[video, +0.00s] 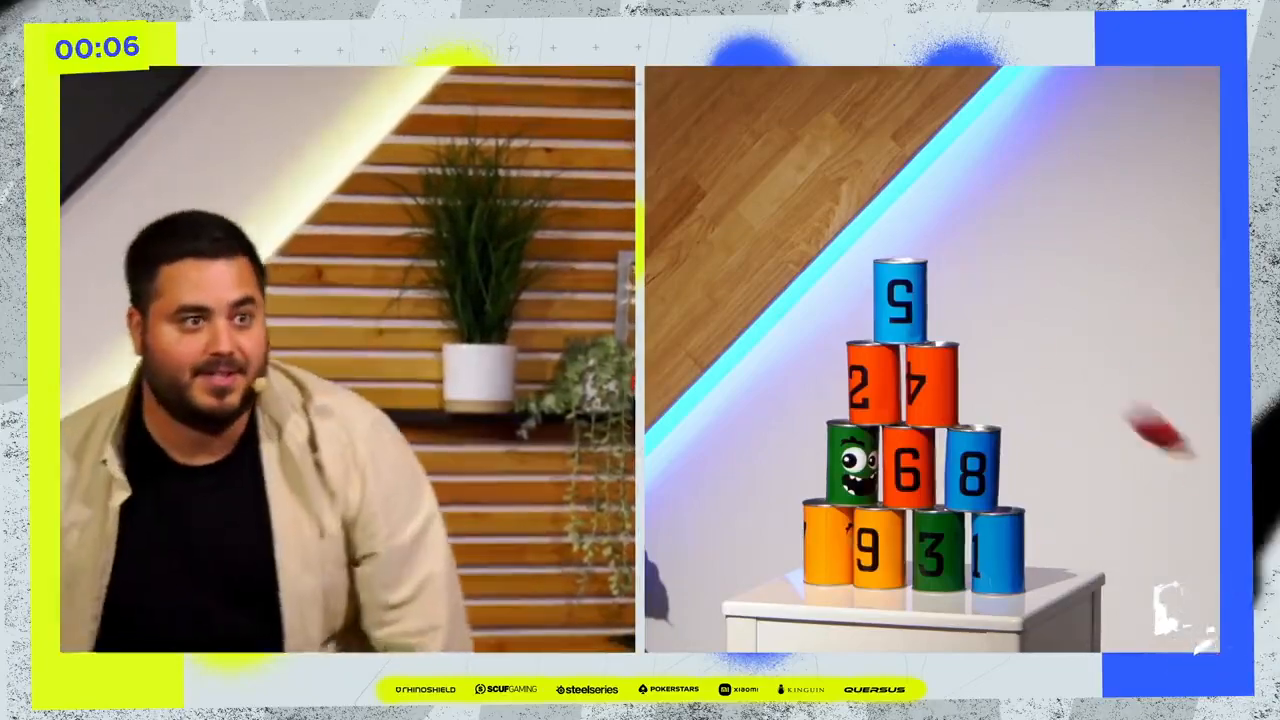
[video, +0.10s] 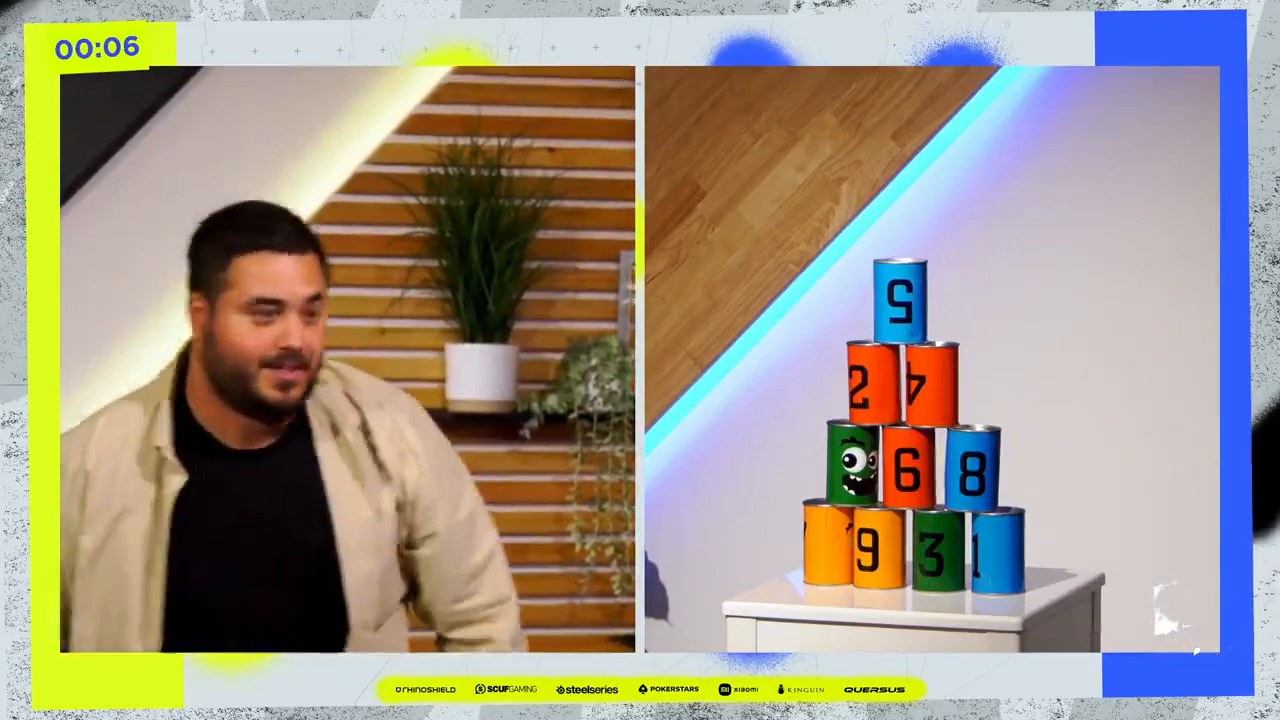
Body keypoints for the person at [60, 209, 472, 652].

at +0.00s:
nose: (224, 346)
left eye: (243, 317)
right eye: (193, 320)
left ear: (265, 320)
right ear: (138, 329)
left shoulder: (353, 444)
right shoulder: (57, 466)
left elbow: (428, 650)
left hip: (295, 707)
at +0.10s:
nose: (295, 340)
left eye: (312, 312)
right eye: (264, 313)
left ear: (326, 314)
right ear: (199, 316)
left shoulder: (394, 434)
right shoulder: (85, 465)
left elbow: (484, 625)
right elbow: (20, 648)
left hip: (348, 719)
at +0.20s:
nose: (410, 378)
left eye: (416, 352)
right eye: (393, 351)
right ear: (314, 333)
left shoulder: (431, 436)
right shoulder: (148, 456)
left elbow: (510, 623)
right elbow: (63, 639)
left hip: (394, 709)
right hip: (211, 709)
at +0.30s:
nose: (518, 431)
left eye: (525, 410)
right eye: (509, 408)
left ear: (436, 380)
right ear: (435, 379)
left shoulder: (490, 470)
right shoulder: (235, 465)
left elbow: (532, 641)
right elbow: (129, 644)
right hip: (278, 712)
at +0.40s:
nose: (613, 499)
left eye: (621, 480)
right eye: (610, 475)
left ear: (541, 438)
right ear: (543, 438)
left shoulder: (555, 523)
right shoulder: (339, 489)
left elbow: (563, 683)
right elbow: (192, 648)